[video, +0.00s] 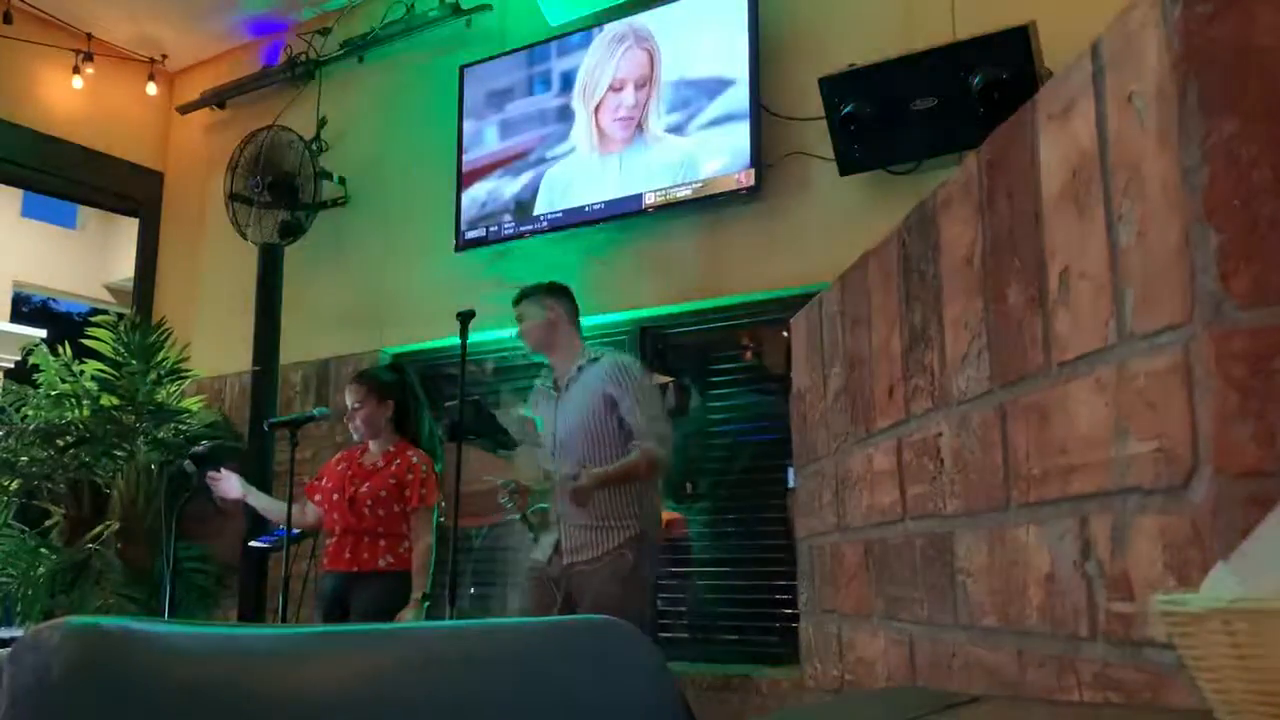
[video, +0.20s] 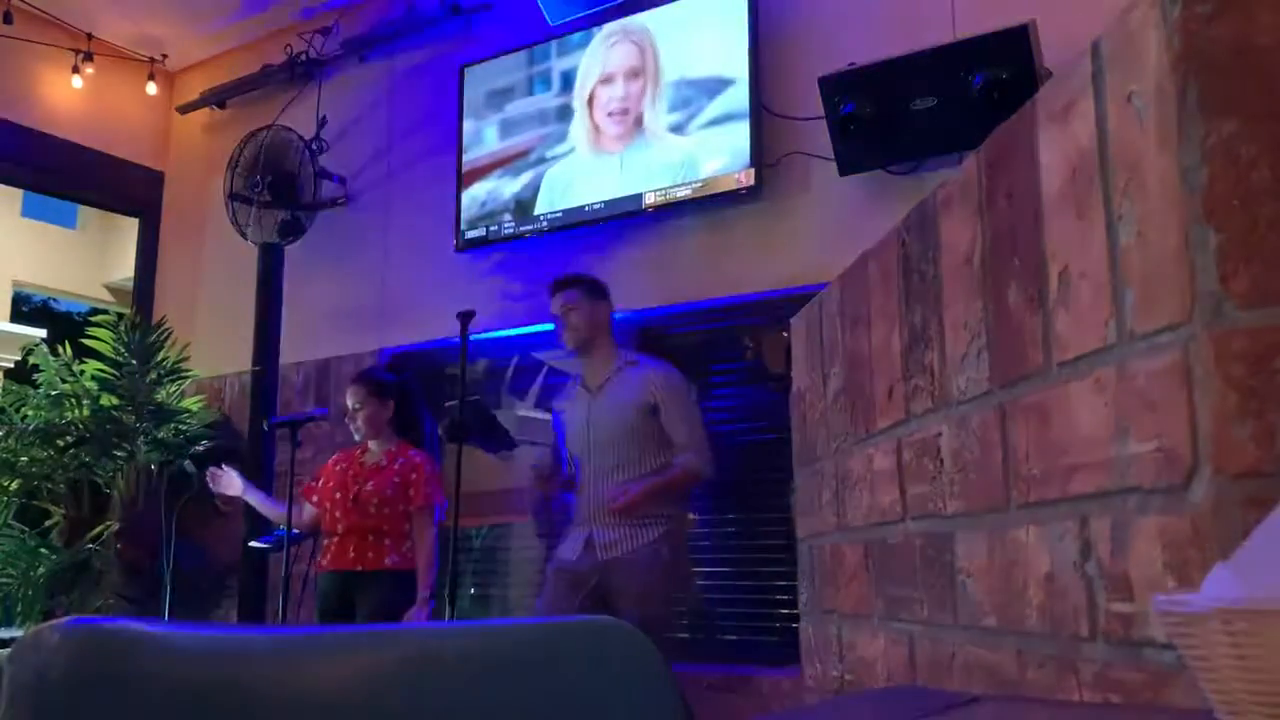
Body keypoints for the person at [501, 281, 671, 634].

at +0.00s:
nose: (519, 332)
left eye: (524, 320)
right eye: (518, 322)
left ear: (554, 315)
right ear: (549, 319)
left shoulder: (616, 370)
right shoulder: (542, 393)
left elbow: (656, 449)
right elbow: (553, 468)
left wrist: (596, 478)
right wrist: (527, 491)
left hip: (614, 551)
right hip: (554, 551)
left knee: (613, 665)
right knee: (539, 659)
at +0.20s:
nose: (561, 325)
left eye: (568, 311)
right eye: (556, 317)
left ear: (602, 311)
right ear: (558, 326)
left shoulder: (656, 379)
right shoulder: (566, 399)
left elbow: (697, 461)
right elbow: (575, 474)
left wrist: (646, 491)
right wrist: (552, 478)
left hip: (645, 545)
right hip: (580, 547)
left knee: (643, 660)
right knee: (546, 646)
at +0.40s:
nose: (596, 312)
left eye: (606, 302)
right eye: (589, 306)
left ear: (636, 310)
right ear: (585, 319)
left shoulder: (683, 380)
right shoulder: (582, 394)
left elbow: (734, 455)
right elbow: (571, 484)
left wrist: (702, 457)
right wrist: (560, 442)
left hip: (660, 542)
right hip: (590, 541)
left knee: (651, 668)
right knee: (563, 647)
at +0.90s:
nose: (628, 319)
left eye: (640, 309)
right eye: (625, 309)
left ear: (670, 320)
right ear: (619, 316)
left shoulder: (706, 395)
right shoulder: (595, 386)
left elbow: (729, 482)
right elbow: (569, 458)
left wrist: (701, 514)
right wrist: (602, 396)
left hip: (668, 541)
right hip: (596, 537)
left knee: (670, 649)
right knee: (567, 631)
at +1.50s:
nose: (602, 329)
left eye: (614, 317)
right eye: (600, 318)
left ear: (649, 320)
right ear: (598, 320)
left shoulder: (686, 386)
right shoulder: (598, 384)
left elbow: (713, 475)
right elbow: (563, 456)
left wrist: (672, 494)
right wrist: (585, 386)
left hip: (650, 543)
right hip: (588, 538)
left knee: (640, 658)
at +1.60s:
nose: (596, 326)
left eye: (608, 314)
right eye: (594, 315)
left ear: (640, 318)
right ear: (592, 318)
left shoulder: (677, 387)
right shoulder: (594, 384)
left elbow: (696, 478)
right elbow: (557, 444)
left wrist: (624, 496)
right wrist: (574, 383)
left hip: (643, 547)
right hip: (582, 540)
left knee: (638, 655)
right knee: (553, 643)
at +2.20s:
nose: (538, 336)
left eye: (549, 324)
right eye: (533, 328)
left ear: (577, 328)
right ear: (530, 335)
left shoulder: (620, 390)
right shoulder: (536, 396)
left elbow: (650, 468)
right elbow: (505, 460)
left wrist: (575, 497)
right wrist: (526, 390)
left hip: (603, 545)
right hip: (543, 546)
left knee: (591, 656)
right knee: (531, 654)